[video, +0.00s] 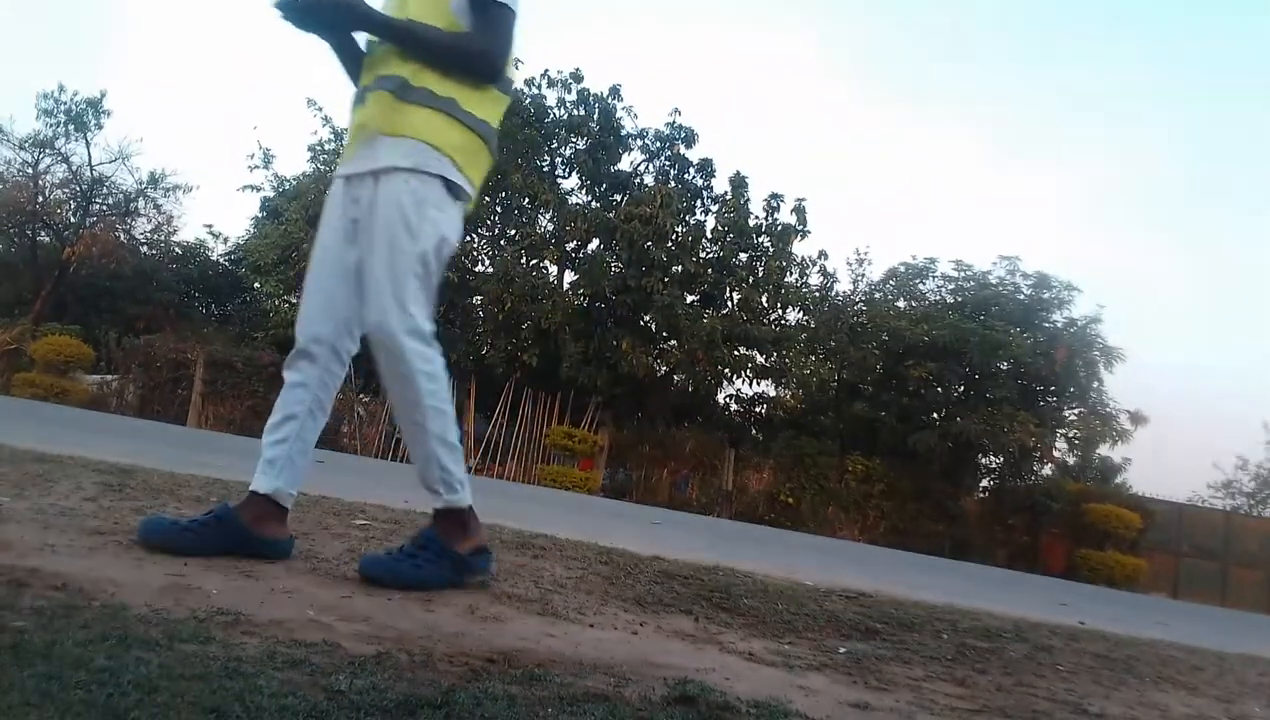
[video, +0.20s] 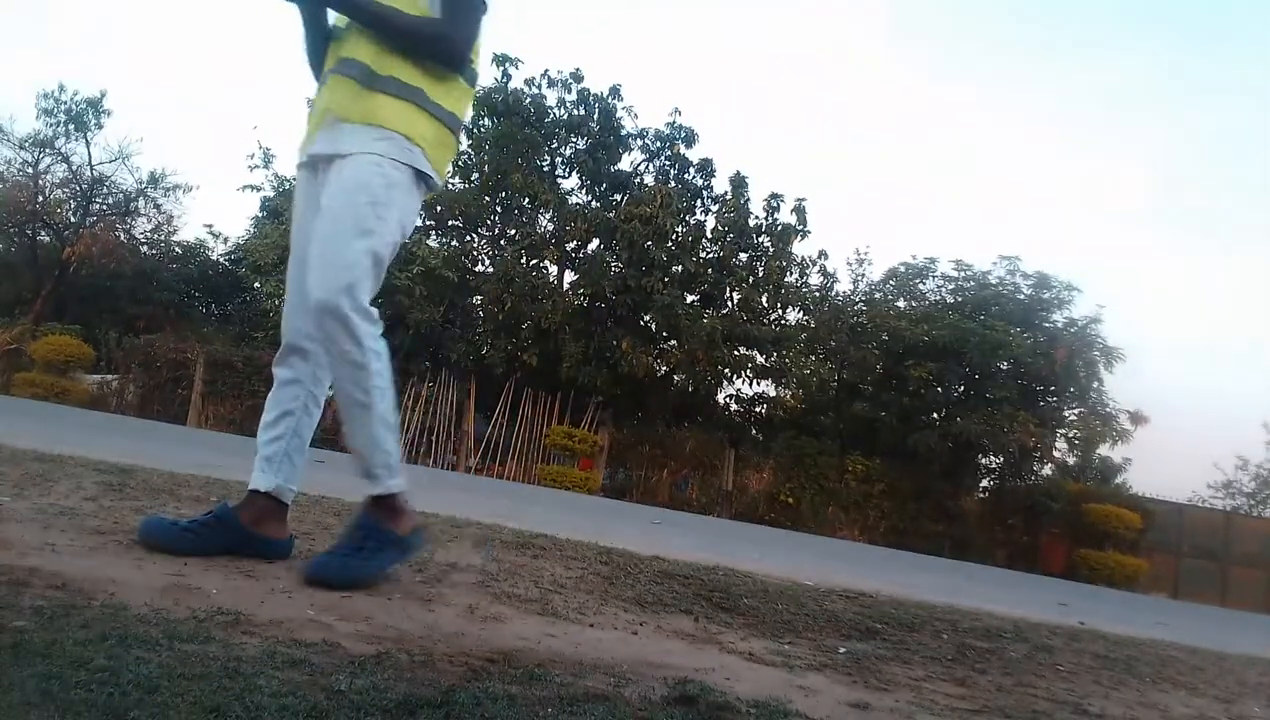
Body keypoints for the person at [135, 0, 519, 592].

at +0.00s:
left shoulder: (480, 5)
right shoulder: (401, 18)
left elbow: (487, 59)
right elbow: (380, 91)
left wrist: (370, 18)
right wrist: (335, 32)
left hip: (425, 157)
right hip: (358, 161)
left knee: (397, 327)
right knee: (318, 342)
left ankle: (459, 529)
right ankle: (263, 512)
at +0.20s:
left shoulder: (456, 4)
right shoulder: (364, 10)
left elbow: (451, 46)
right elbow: (330, 73)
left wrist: (354, 5)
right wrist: (311, 9)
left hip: (393, 132)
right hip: (327, 132)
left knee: (337, 300)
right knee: (301, 331)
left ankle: (391, 509)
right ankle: (264, 512)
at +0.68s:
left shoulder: (448, 10)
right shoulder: (334, 20)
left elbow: (443, 31)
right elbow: (316, 41)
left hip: (376, 147)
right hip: (303, 142)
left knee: (350, 338)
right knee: (289, 337)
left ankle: (328, 523)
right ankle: (262, 509)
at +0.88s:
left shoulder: (450, 10)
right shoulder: (333, 20)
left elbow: (443, 30)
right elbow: (318, 41)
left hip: (382, 138)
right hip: (306, 134)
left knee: (356, 339)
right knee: (291, 335)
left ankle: (327, 524)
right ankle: (261, 509)